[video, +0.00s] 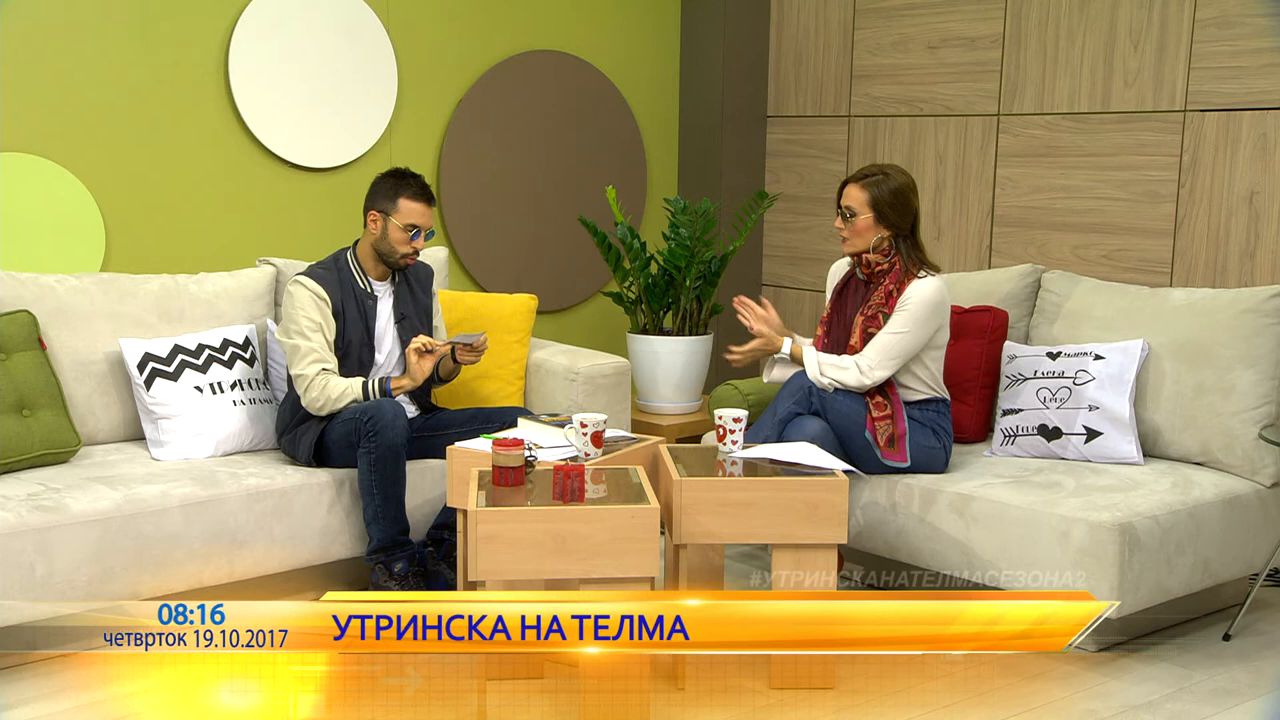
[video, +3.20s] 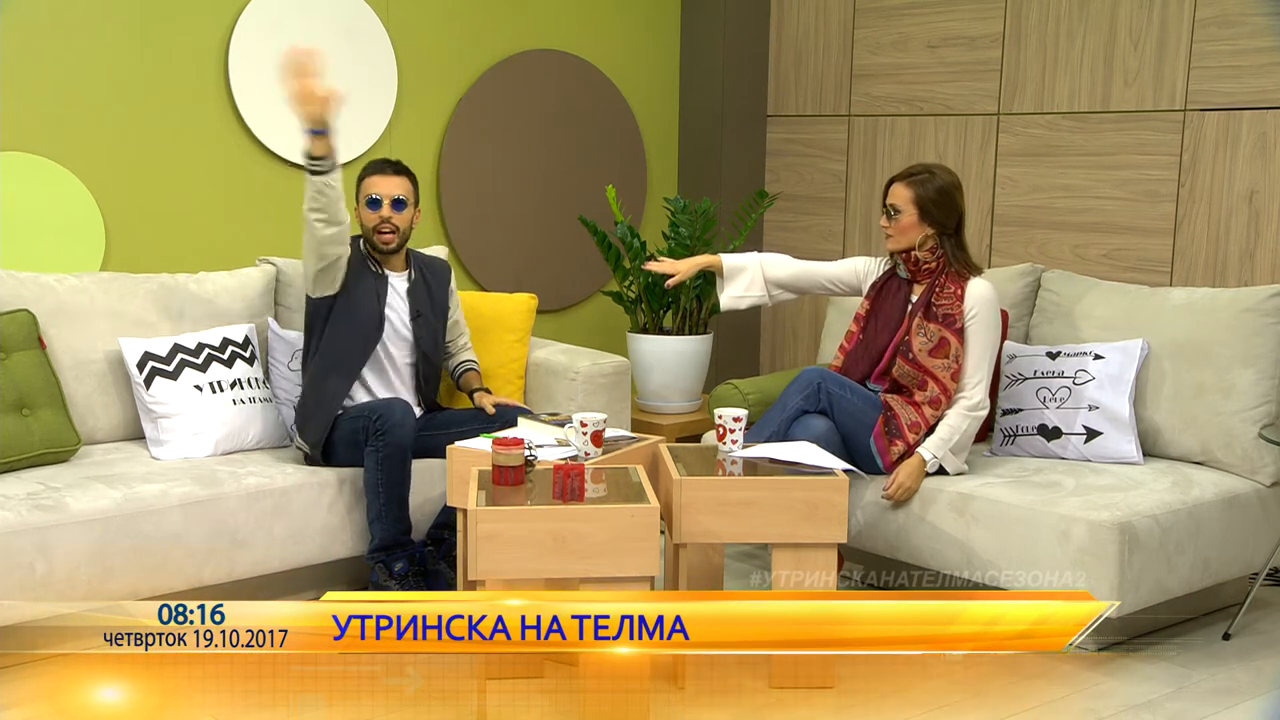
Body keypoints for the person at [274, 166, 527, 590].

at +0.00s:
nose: (419, 246)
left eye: (426, 234)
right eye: (411, 232)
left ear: (430, 231)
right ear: (374, 221)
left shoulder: (419, 278)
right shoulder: (313, 289)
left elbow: (431, 375)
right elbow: (317, 392)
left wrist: (453, 360)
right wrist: (401, 381)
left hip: (405, 422)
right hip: (321, 428)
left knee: (514, 422)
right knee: (387, 413)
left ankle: (440, 551)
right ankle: (392, 562)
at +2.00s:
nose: (455, 221)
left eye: (452, 209)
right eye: (443, 214)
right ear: (407, 229)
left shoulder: (442, 276)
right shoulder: (353, 284)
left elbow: (451, 360)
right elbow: (382, 365)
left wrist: (476, 396)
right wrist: (461, 405)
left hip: (408, 418)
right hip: (330, 424)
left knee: (498, 429)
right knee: (391, 414)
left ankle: (440, 549)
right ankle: (392, 560)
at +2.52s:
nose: (418, 216)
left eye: (427, 205)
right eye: (404, 206)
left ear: (435, 214)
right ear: (379, 218)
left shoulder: (439, 275)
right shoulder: (346, 279)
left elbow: (444, 356)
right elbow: (341, 373)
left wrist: (475, 392)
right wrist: (420, 357)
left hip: (412, 422)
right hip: (333, 425)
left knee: (510, 420)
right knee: (395, 415)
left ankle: (440, 549)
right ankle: (392, 562)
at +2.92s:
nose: (392, 216)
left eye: (405, 206)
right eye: (380, 205)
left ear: (421, 219)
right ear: (363, 215)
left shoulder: (436, 273)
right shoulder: (339, 269)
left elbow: (454, 355)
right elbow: (309, 302)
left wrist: (476, 393)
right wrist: (408, 289)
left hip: (415, 421)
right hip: (334, 424)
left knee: (513, 422)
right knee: (394, 413)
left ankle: (439, 550)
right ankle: (392, 562)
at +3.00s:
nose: (387, 215)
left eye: (401, 206)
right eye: (375, 205)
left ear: (418, 218)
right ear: (359, 215)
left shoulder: (435, 273)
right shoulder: (333, 263)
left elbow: (456, 352)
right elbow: (315, 260)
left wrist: (477, 392)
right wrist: (415, 268)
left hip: (415, 421)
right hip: (333, 423)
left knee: (514, 422)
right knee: (395, 412)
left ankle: (441, 549)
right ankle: (391, 561)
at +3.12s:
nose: (385, 216)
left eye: (398, 205)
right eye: (373, 204)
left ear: (415, 216)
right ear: (359, 213)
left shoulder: (436, 274)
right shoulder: (332, 268)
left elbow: (455, 347)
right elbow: (314, 226)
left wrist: (477, 389)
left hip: (414, 419)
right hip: (335, 425)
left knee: (515, 420)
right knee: (395, 413)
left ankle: (441, 548)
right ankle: (391, 562)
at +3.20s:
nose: (386, 214)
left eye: (398, 204)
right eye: (374, 203)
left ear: (416, 215)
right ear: (354, 213)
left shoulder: (436, 273)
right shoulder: (334, 270)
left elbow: (457, 346)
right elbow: (321, 221)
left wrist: (477, 388)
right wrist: (318, 133)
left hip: (414, 423)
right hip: (338, 426)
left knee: (514, 424)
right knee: (397, 415)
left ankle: (440, 550)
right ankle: (392, 563)